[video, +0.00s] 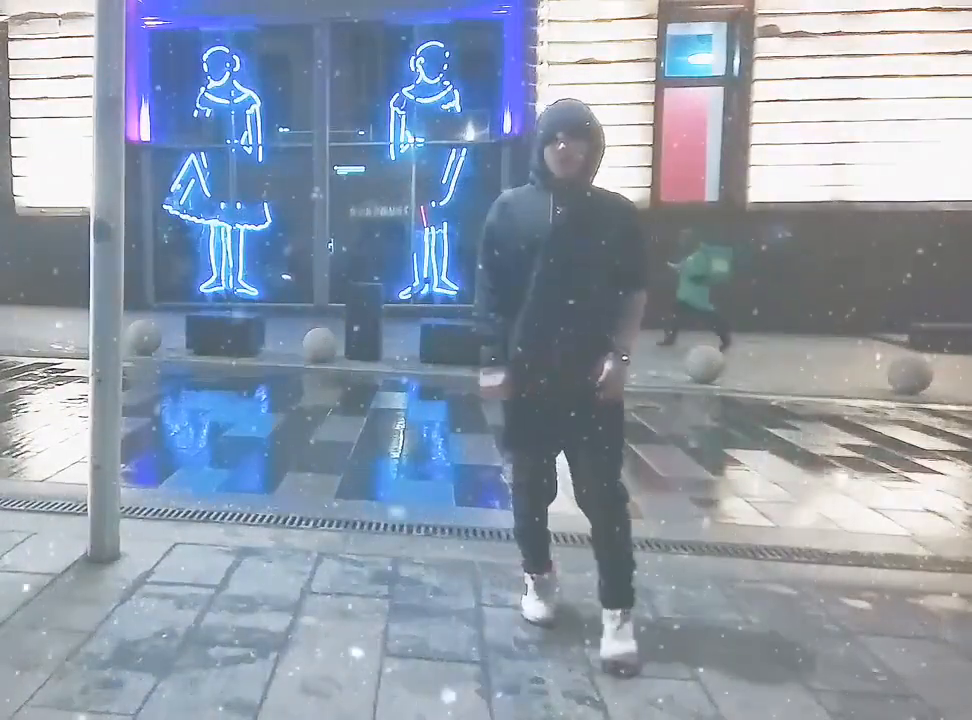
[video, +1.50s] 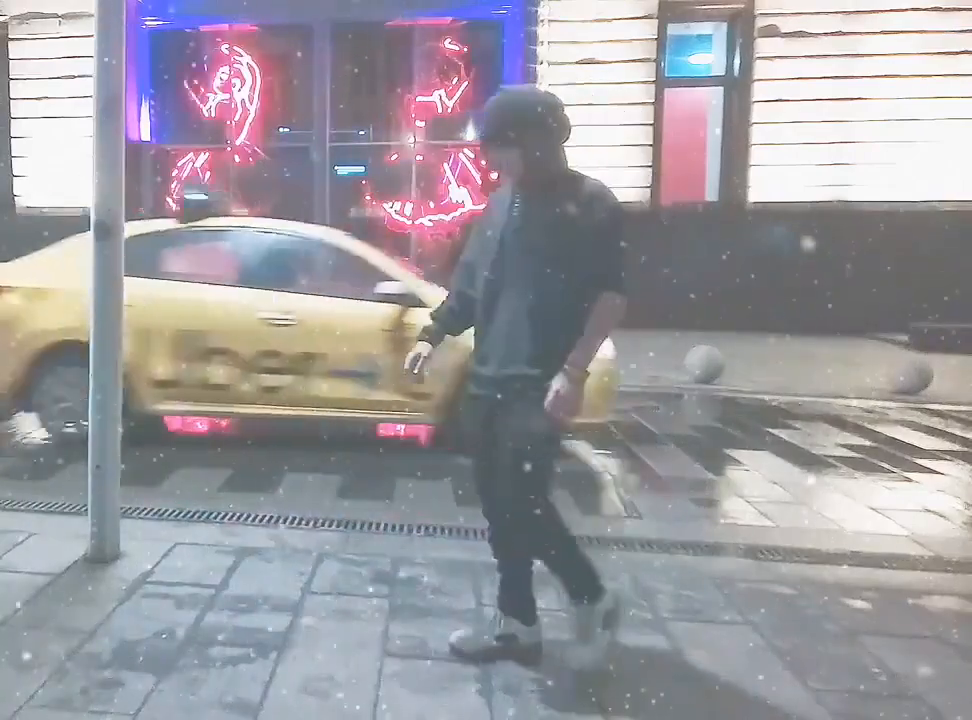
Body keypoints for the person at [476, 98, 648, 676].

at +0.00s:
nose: (565, 149)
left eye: (577, 140)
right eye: (556, 140)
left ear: (594, 149)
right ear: (540, 148)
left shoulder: (617, 215)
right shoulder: (510, 209)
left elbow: (633, 291)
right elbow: (489, 293)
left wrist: (621, 355)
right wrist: (491, 362)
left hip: (593, 372)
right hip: (526, 372)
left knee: (602, 493)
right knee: (529, 486)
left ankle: (617, 612)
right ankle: (539, 578)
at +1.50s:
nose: (494, 161)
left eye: (503, 148)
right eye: (491, 150)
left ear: (539, 143)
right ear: (499, 149)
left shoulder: (591, 205)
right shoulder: (502, 205)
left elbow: (612, 296)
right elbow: (472, 284)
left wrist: (573, 374)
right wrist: (432, 337)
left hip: (541, 384)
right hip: (490, 379)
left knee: (524, 501)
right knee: (499, 501)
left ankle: (592, 601)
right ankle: (517, 627)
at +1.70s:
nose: (476, 167)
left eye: (482, 154)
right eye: (473, 156)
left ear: (517, 147)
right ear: (485, 153)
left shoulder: (569, 205)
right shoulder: (494, 201)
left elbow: (594, 292)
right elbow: (475, 284)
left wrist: (580, 376)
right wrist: (439, 347)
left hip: (522, 374)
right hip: (482, 370)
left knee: (472, 494)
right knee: (499, 496)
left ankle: (521, 631)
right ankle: (508, 620)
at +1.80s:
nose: (457, 172)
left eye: (462, 158)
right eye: (453, 160)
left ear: (496, 150)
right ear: (478, 154)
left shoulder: (548, 206)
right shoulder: (488, 205)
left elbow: (579, 290)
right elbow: (482, 294)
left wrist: (577, 376)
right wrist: (464, 367)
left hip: (506, 376)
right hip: (473, 373)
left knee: (448, 492)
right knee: (502, 495)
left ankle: (450, 633)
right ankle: (517, 623)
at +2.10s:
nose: (410, 171)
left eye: (411, 157)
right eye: (405, 159)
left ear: (439, 149)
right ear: (449, 148)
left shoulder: (482, 201)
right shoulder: (467, 200)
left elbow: (509, 292)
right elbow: (466, 295)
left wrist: (503, 376)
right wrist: (431, 371)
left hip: (458, 372)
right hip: (452, 369)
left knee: (407, 490)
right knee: (486, 490)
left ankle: (395, 620)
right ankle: (516, 612)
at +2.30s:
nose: (370, 166)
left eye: (375, 153)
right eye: (370, 154)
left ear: (406, 148)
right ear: (420, 145)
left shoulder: (438, 202)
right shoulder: (453, 196)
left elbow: (440, 303)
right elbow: (453, 302)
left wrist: (415, 383)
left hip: (426, 379)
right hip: (451, 376)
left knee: (385, 494)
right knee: (460, 494)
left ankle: (394, 622)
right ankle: (511, 613)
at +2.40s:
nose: (362, 159)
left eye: (365, 146)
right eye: (361, 147)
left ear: (389, 142)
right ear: (417, 138)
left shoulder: (408, 196)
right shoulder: (451, 190)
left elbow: (384, 291)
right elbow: (458, 290)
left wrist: (346, 358)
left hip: (409, 357)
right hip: (448, 355)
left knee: (379, 485)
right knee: (422, 480)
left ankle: (392, 620)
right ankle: (494, 594)